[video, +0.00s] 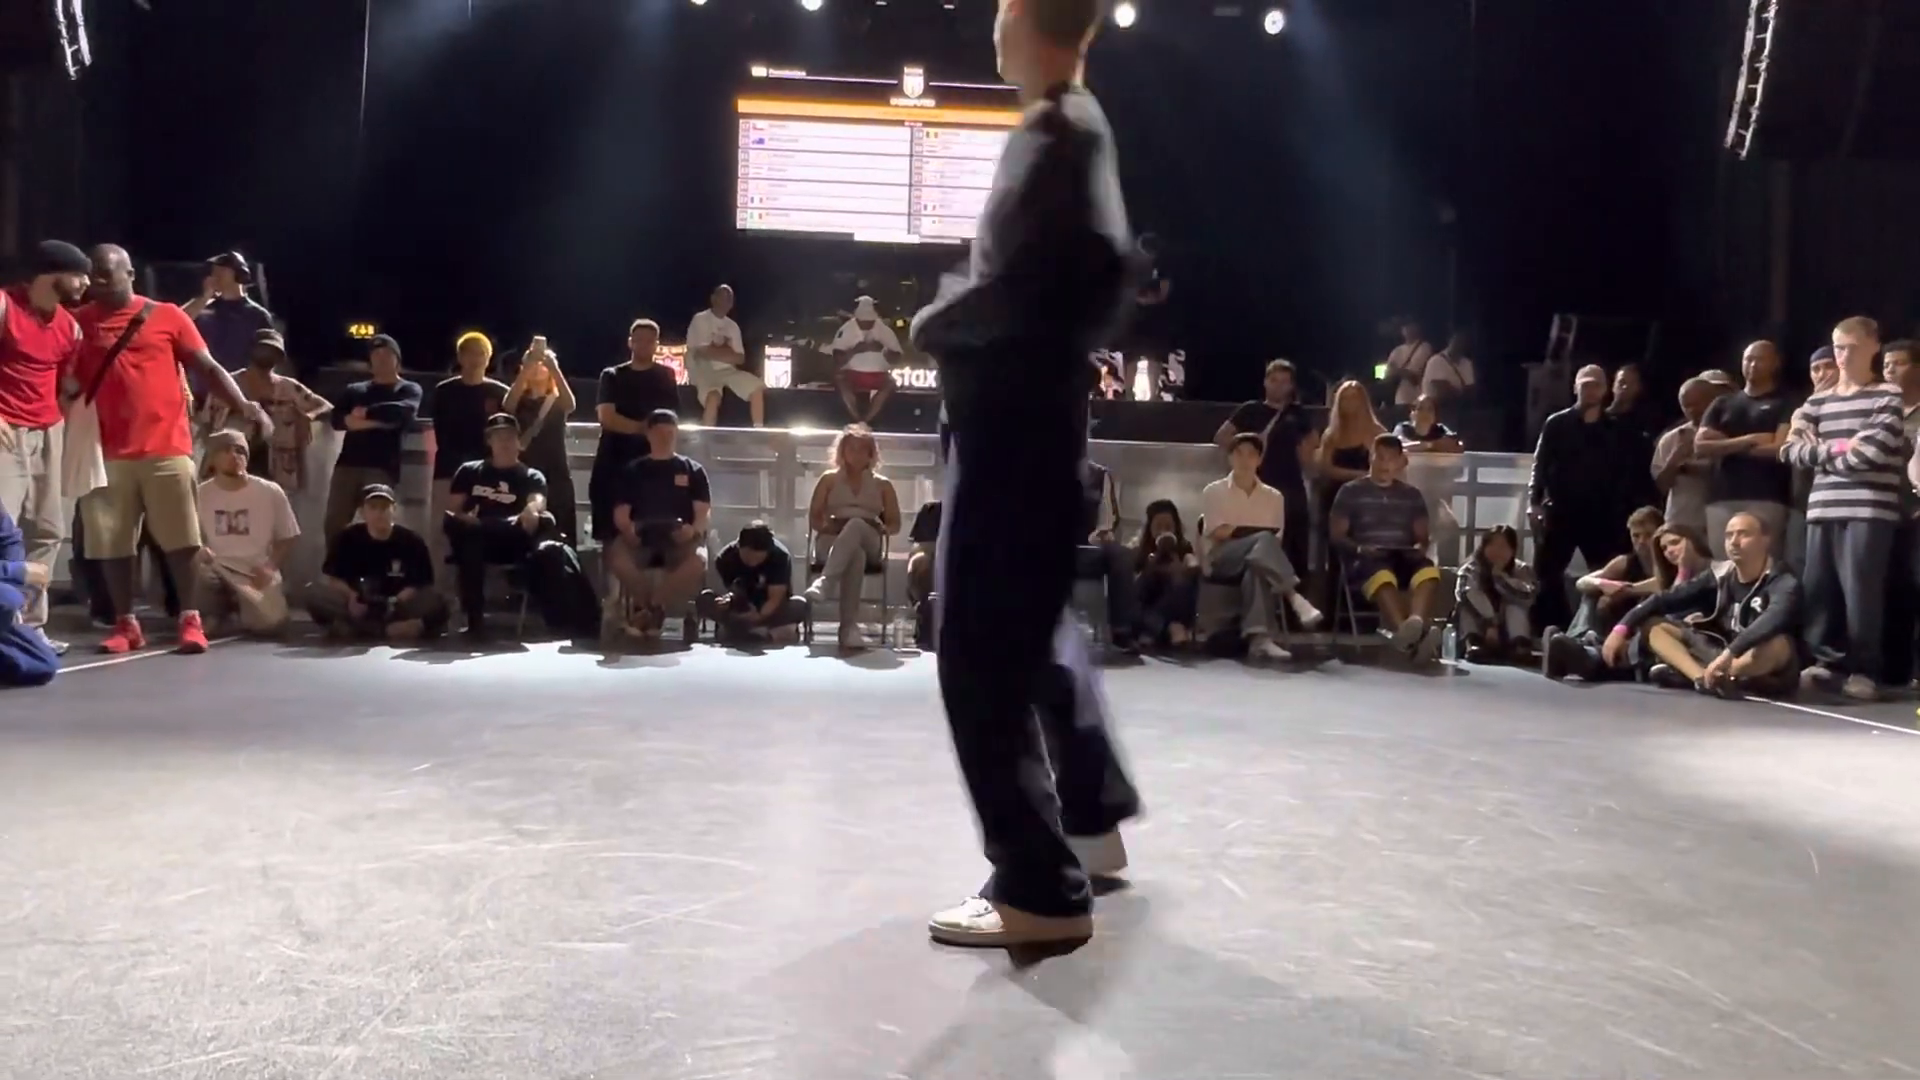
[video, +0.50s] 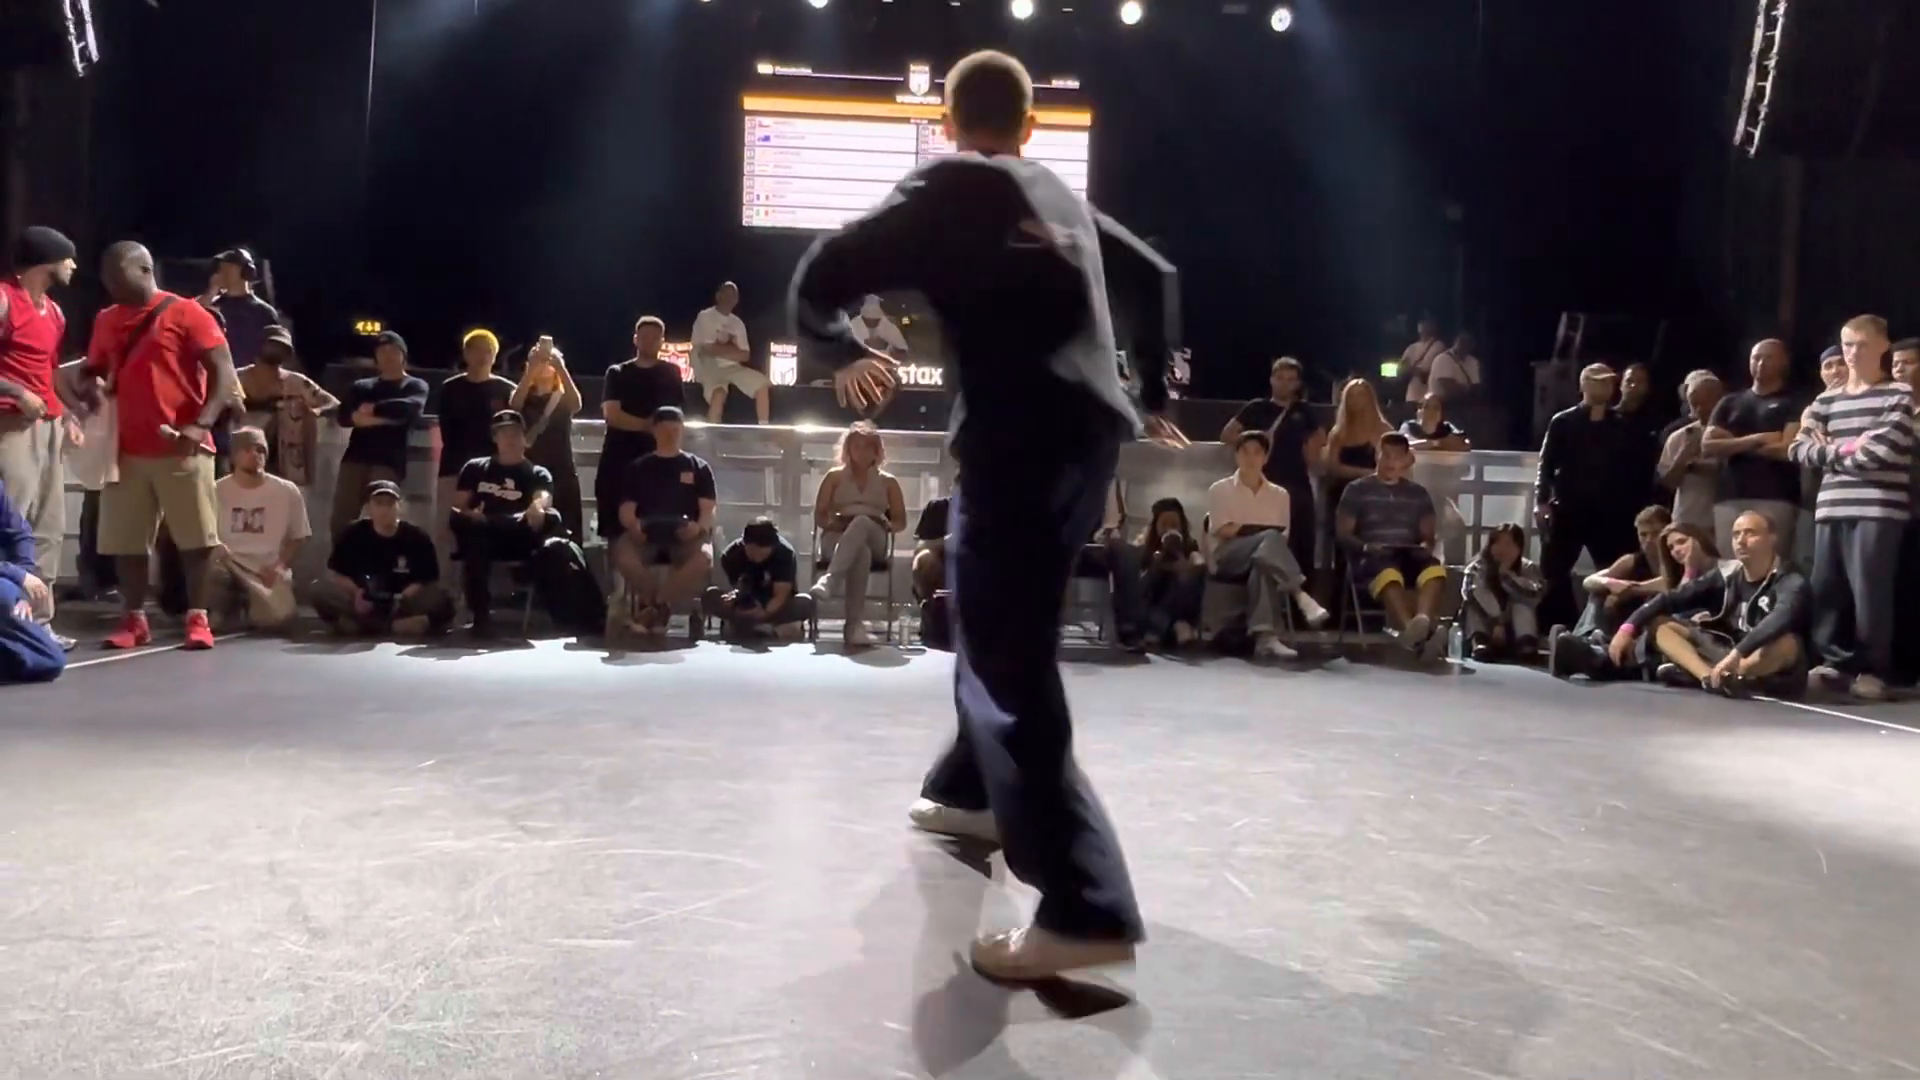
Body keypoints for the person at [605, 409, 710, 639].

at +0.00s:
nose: (665, 436)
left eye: (670, 431)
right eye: (659, 431)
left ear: (676, 434)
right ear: (648, 434)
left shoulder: (693, 470)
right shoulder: (632, 470)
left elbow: (702, 512)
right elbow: (621, 512)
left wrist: (692, 529)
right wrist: (630, 532)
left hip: (678, 531)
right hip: (642, 530)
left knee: (697, 560)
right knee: (616, 555)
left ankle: (652, 609)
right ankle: (651, 608)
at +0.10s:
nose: (665, 435)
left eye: (669, 430)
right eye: (659, 430)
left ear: (676, 432)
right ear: (648, 433)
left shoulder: (693, 469)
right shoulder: (632, 469)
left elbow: (702, 511)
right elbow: (621, 511)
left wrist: (692, 529)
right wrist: (630, 531)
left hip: (678, 530)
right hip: (641, 530)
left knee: (698, 559)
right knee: (616, 553)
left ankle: (651, 609)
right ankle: (653, 609)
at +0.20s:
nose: (666, 433)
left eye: (670, 428)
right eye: (660, 428)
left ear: (677, 431)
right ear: (649, 431)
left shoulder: (694, 467)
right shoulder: (632, 467)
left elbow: (703, 511)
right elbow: (622, 509)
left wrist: (693, 527)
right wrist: (631, 528)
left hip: (679, 529)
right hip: (642, 528)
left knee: (698, 557)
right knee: (618, 551)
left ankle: (651, 607)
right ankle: (654, 607)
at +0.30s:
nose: (668, 433)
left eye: (672, 428)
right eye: (662, 428)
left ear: (679, 430)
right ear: (651, 430)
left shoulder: (696, 467)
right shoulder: (635, 467)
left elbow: (705, 509)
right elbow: (624, 509)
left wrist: (695, 527)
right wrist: (633, 528)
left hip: (680, 530)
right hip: (645, 529)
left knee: (700, 558)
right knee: (619, 551)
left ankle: (651, 608)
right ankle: (658, 606)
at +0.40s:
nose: (669, 433)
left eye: (673, 428)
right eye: (664, 428)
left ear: (681, 431)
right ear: (653, 431)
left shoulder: (697, 467)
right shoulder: (636, 467)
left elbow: (707, 509)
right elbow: (625, 508)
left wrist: (697, 527)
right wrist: (635, 528)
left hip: (682, 529)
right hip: (646, 528)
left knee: (702, 557)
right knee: (622, 551)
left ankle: (654, 608)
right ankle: (658, 607)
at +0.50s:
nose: (670, 433)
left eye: (675, 428)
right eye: (665, 428)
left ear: (682, 430)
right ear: (654, 430)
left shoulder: (698, 467)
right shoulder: (637, 467)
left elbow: (707, 509)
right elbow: (626, 509)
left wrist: (698, 527)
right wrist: (635, 528)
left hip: (683, 528)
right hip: (647, 528)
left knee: (703, 557)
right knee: (623, 552)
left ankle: (655, 607)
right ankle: (659, 606)